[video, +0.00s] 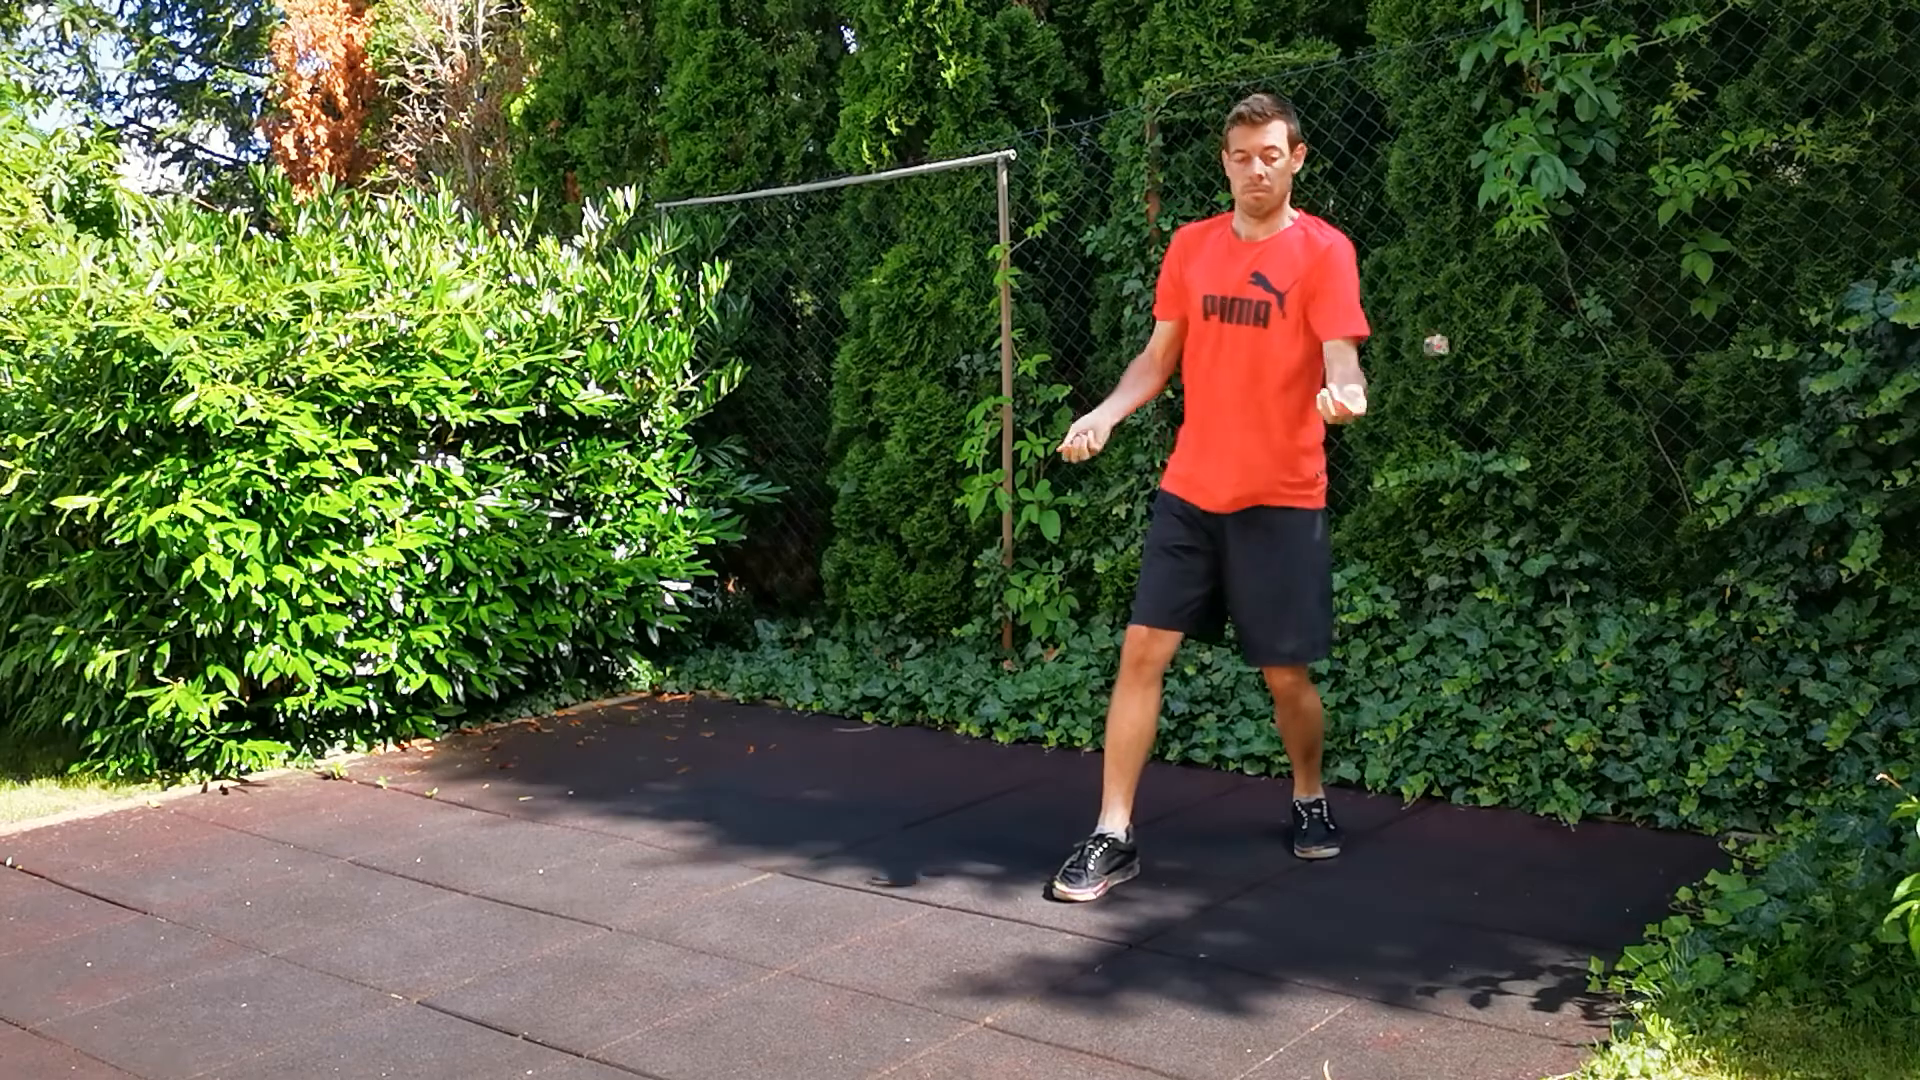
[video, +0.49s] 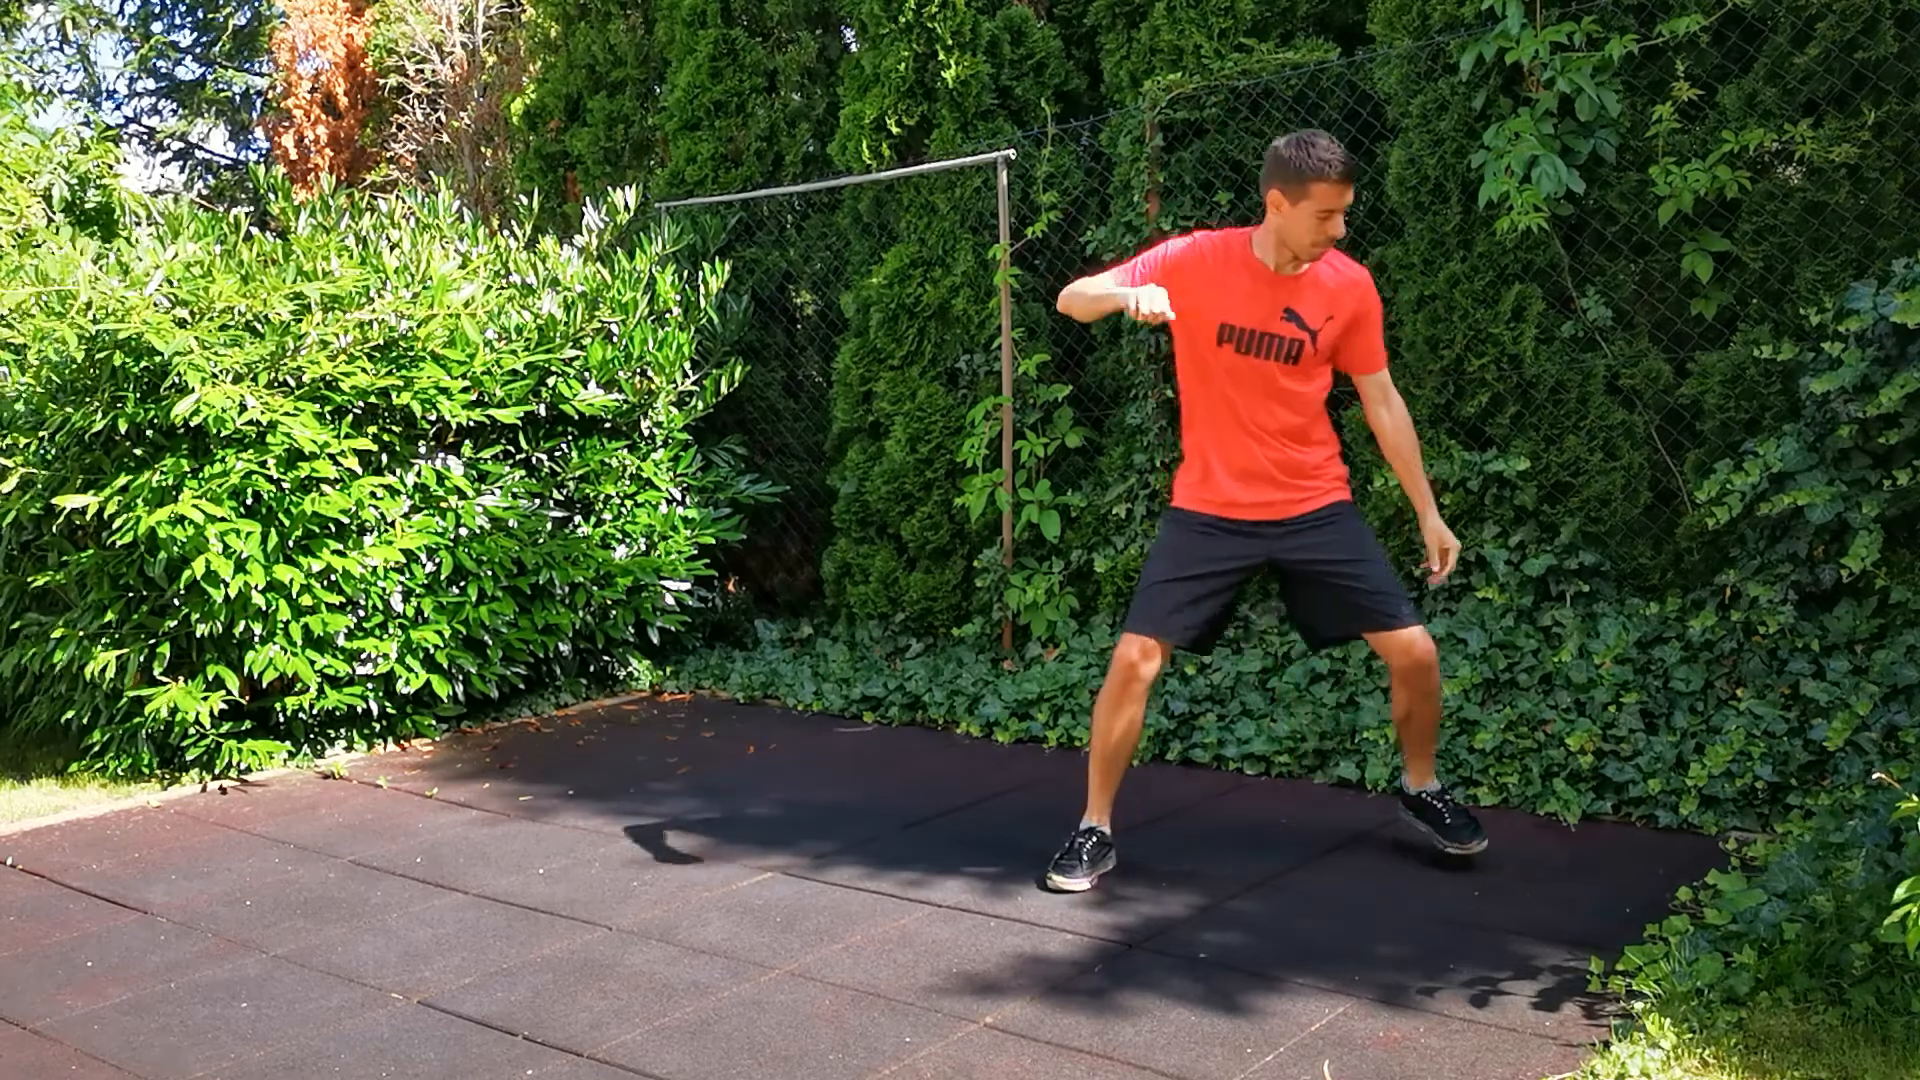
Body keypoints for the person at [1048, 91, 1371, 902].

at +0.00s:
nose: (1255, 170)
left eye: (1268, 156)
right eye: (1242, 157)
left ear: (1296, 159)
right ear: (1224, 163)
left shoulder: (1324, 251)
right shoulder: (1192, 244)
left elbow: (1342, 359)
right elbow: (1157, 358)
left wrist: (1344, 395)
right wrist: (1104, 415)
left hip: (1282, 497)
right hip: (1190, 488)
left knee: (1287, 674)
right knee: (1142, 649)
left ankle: (1309, 800)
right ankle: (1111, 833)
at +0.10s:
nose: (1264, 176)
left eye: (1278, 161)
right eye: (1252, 162)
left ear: (1309, 161)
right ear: (1235, 166)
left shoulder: (1339, 255)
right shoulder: (1194, 242)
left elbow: (1369, 366)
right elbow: (1139, 345)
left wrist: (1396, 380)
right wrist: (1063, 371)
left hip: (1291, 499)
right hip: (1193, 489)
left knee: (1300, 670)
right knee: (1143, 646)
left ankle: (1309, 801)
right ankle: (1111, 833)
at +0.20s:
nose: (1266, 180)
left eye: (1282, 164)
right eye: (1254, 164)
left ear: (1308, 159)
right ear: (1234, 159)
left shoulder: (1345, 248)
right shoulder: (1190, 237)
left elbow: (1400, 350)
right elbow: (1096, 308)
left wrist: (1452, 363)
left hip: (1294, 500)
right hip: (1195, 490)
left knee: (1303, 673)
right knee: (1144, 646)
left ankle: (1310, 804)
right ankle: (1108, 830)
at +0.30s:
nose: (1280, 189)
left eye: (1290, 172)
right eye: (1265, 173)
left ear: (1299, 166)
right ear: (1226, 165)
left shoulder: (1328, 246)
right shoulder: (1175, 237)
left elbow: (1381, 352)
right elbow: (1070, 279)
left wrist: (1426, 430)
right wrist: (1089, 178)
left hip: (1298, 501)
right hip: (1194, 492)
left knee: (1323, 674)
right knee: (1142, 655)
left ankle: (1312, 796)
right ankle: (1096, 827)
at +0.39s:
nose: (1296, 204)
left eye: (1303, 189)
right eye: (1282, 188)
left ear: (1305, 183)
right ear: (1234, 178)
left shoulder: (1324, 262)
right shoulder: (1173, 244)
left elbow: (1364, 376)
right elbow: (1064, 289)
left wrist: (1406, 481)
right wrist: (1129, 219)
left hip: (1305, 508)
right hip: (1196, 504)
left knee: (1367, 668)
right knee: (1136, 658)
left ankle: (1338, 777)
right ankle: (1094, 827)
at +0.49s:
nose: (1337, 230)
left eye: (1343, 214)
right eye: (1324, 214)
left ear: (1339, 208)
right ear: (1274, 203)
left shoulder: (1349, 288)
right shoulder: (1194, 258)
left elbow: (1382, 401)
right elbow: (1070, 298)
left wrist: (1428, 513)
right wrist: (1122, 295)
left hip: (1318, 510)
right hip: (1208, 511)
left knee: (1416, 654)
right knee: (1134, 657)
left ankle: (1421, 788)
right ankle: (1094, 827)